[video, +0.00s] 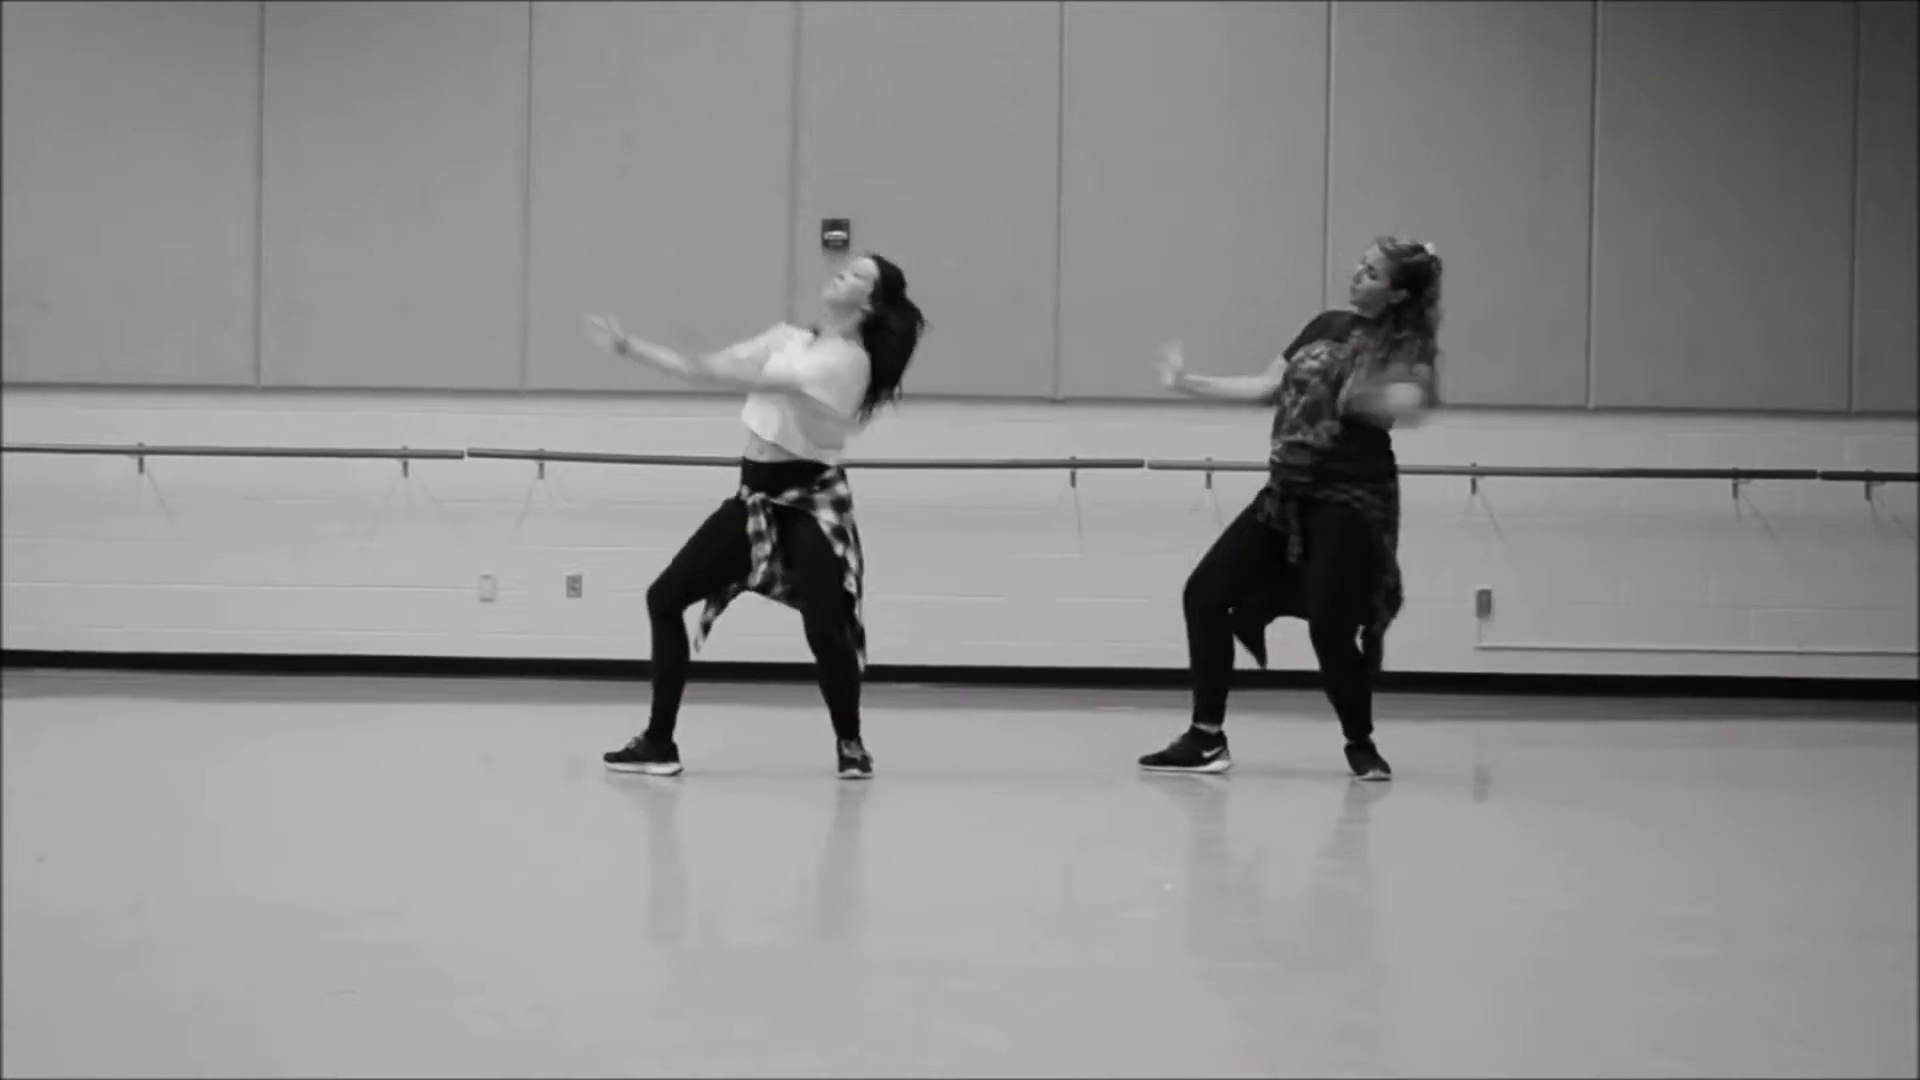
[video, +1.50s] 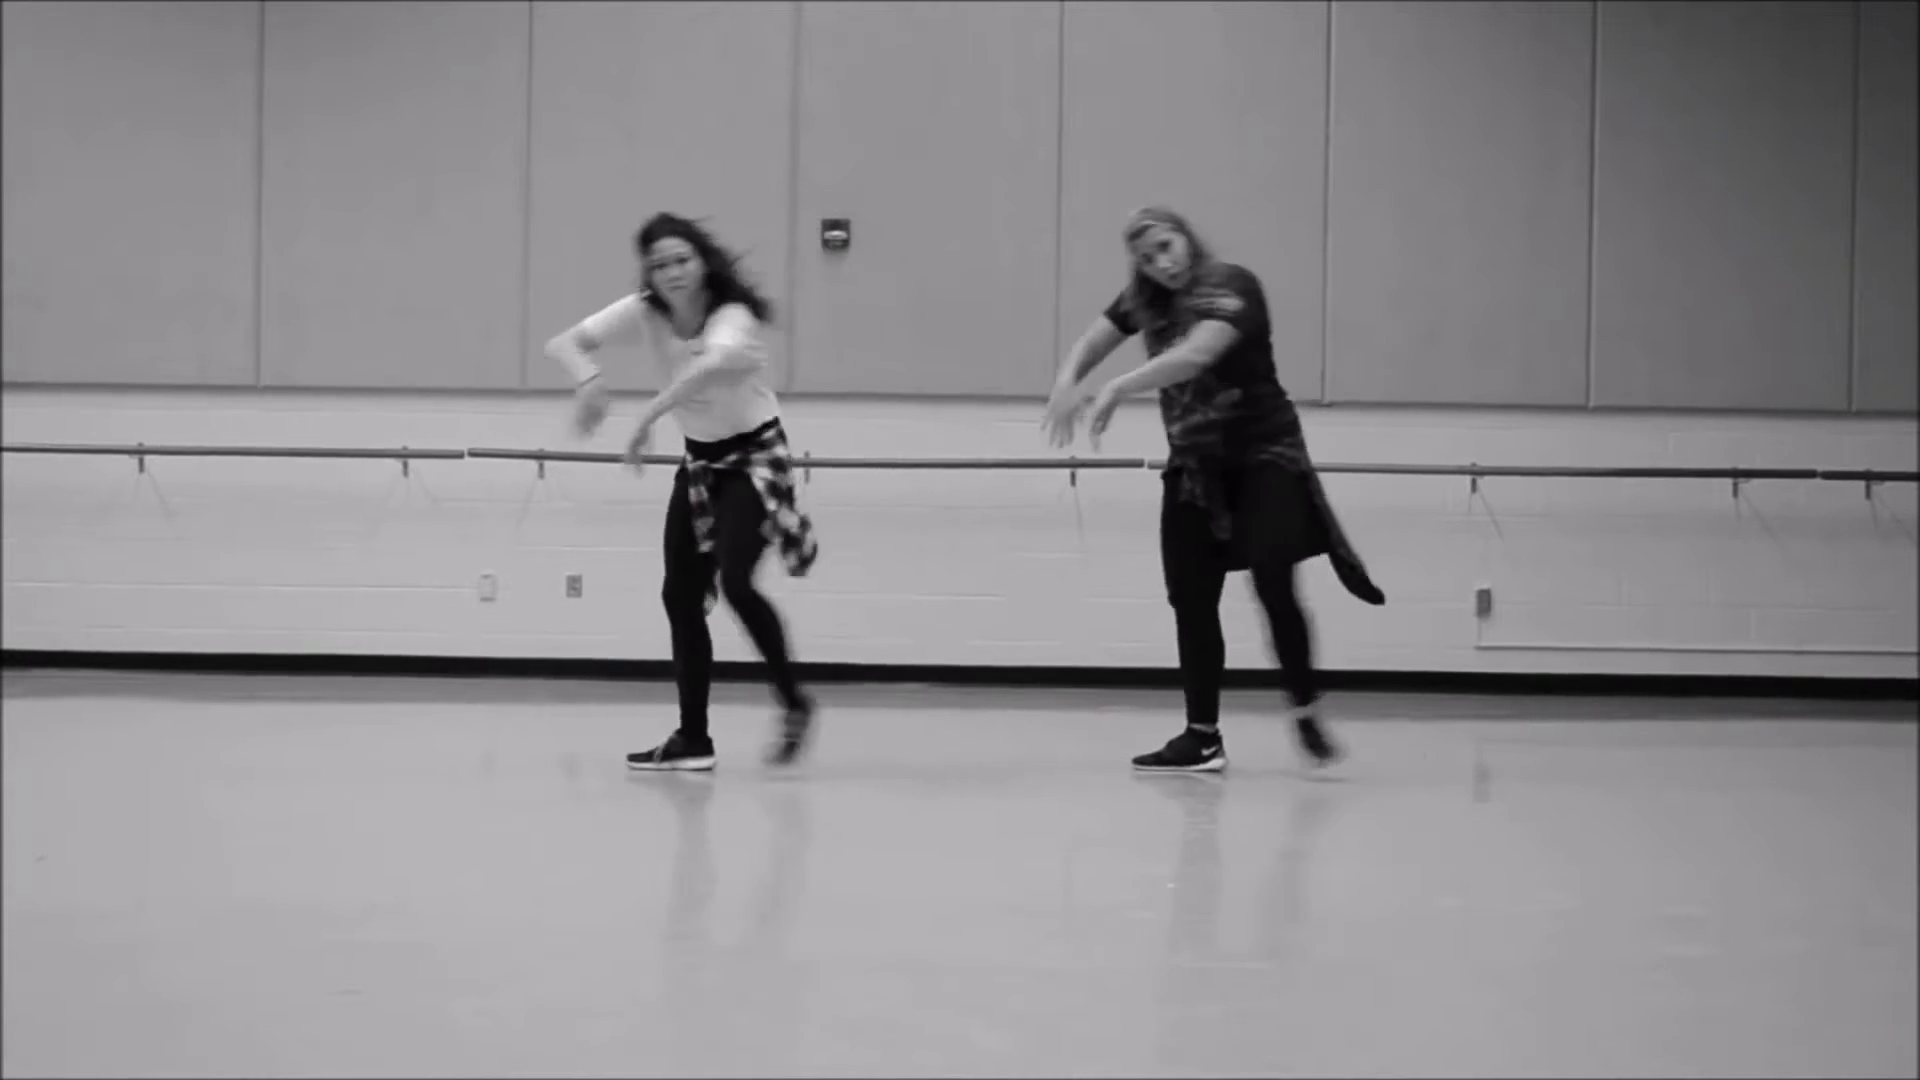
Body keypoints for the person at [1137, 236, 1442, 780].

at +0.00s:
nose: (1357, 274)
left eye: (1372, 273)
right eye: (1362, 265)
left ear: (1397, 295)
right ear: (1359, 274)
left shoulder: (1403, 348)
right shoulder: (1327, 326)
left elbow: (1407, 400)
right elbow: (1264, 386)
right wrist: (1188, 381)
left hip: (1351, 502)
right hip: (1286, 495)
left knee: (1330, 626)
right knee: (1204, 595)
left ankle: (1361, 746)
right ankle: (1206, 735)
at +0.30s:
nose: (1271, 255)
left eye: (1282, 244)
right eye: (1262, 246)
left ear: (1306, 247)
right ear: (1254, 252)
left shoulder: (1329, 310)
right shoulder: (1260, 317)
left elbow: (1292, 394)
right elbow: (1230, 387)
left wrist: (1209, 403)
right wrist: (1162, 401)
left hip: (1347, 482)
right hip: (1287, 484)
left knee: (1342, 609)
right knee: (1241, 600)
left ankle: (1366, 743)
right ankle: (1213, 736)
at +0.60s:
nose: (1269, 297)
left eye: (1280, 283)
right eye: (1259, 286)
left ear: (1305, 274)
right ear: (1251, 282)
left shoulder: (1340, 330)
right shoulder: (1254, 330)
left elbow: (1301, 414)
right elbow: (1227, 410)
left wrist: (1225, 412)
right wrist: (1157, 411)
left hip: (1327, 500)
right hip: (1260, 499)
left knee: (1316, 630)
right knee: (1211, 619)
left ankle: (1405, 732)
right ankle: (1166, 731)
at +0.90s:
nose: (1321, 325)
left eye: (1331, 311)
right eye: (1309, 314)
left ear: (1352, 305)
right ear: (1295, 312)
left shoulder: (1383, 359)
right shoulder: (1281, 354)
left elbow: (1358, 447)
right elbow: (1253, 431)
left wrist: (1282, 448)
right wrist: (1207, 441)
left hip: (1338, 516)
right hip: (1264, 510)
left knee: (1354, 629)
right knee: (1168, 603)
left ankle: (1371, 746)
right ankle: (1200, 736)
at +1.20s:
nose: (1281, 269)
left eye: (1292, 258)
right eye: (1273, 258)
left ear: (1317, 261)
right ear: (1262, 261)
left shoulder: (1335, 323)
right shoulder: (1245, 303)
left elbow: (1317, 408)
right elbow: (1186, 358)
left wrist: (1235, 395)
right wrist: (1162, 372)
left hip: (1314, 488)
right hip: (1236, 483)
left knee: (1343, 616)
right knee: (1179, 596)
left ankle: (1374, 739)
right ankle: (1201, 734)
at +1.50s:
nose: (1162, 260)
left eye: (1166, 245)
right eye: (1148, 257)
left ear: (1188, 238)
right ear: (1141, 266)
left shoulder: (1234, 289)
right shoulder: (1147, 299)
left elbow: (1195, 355)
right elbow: (1091, 345)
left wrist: (1114, 389)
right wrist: (1065, 387)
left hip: (1264, 464)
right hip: (1195, 468)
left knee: (1274, 588)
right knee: (1193, 600)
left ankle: (1306, 715)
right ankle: (1201, 733)